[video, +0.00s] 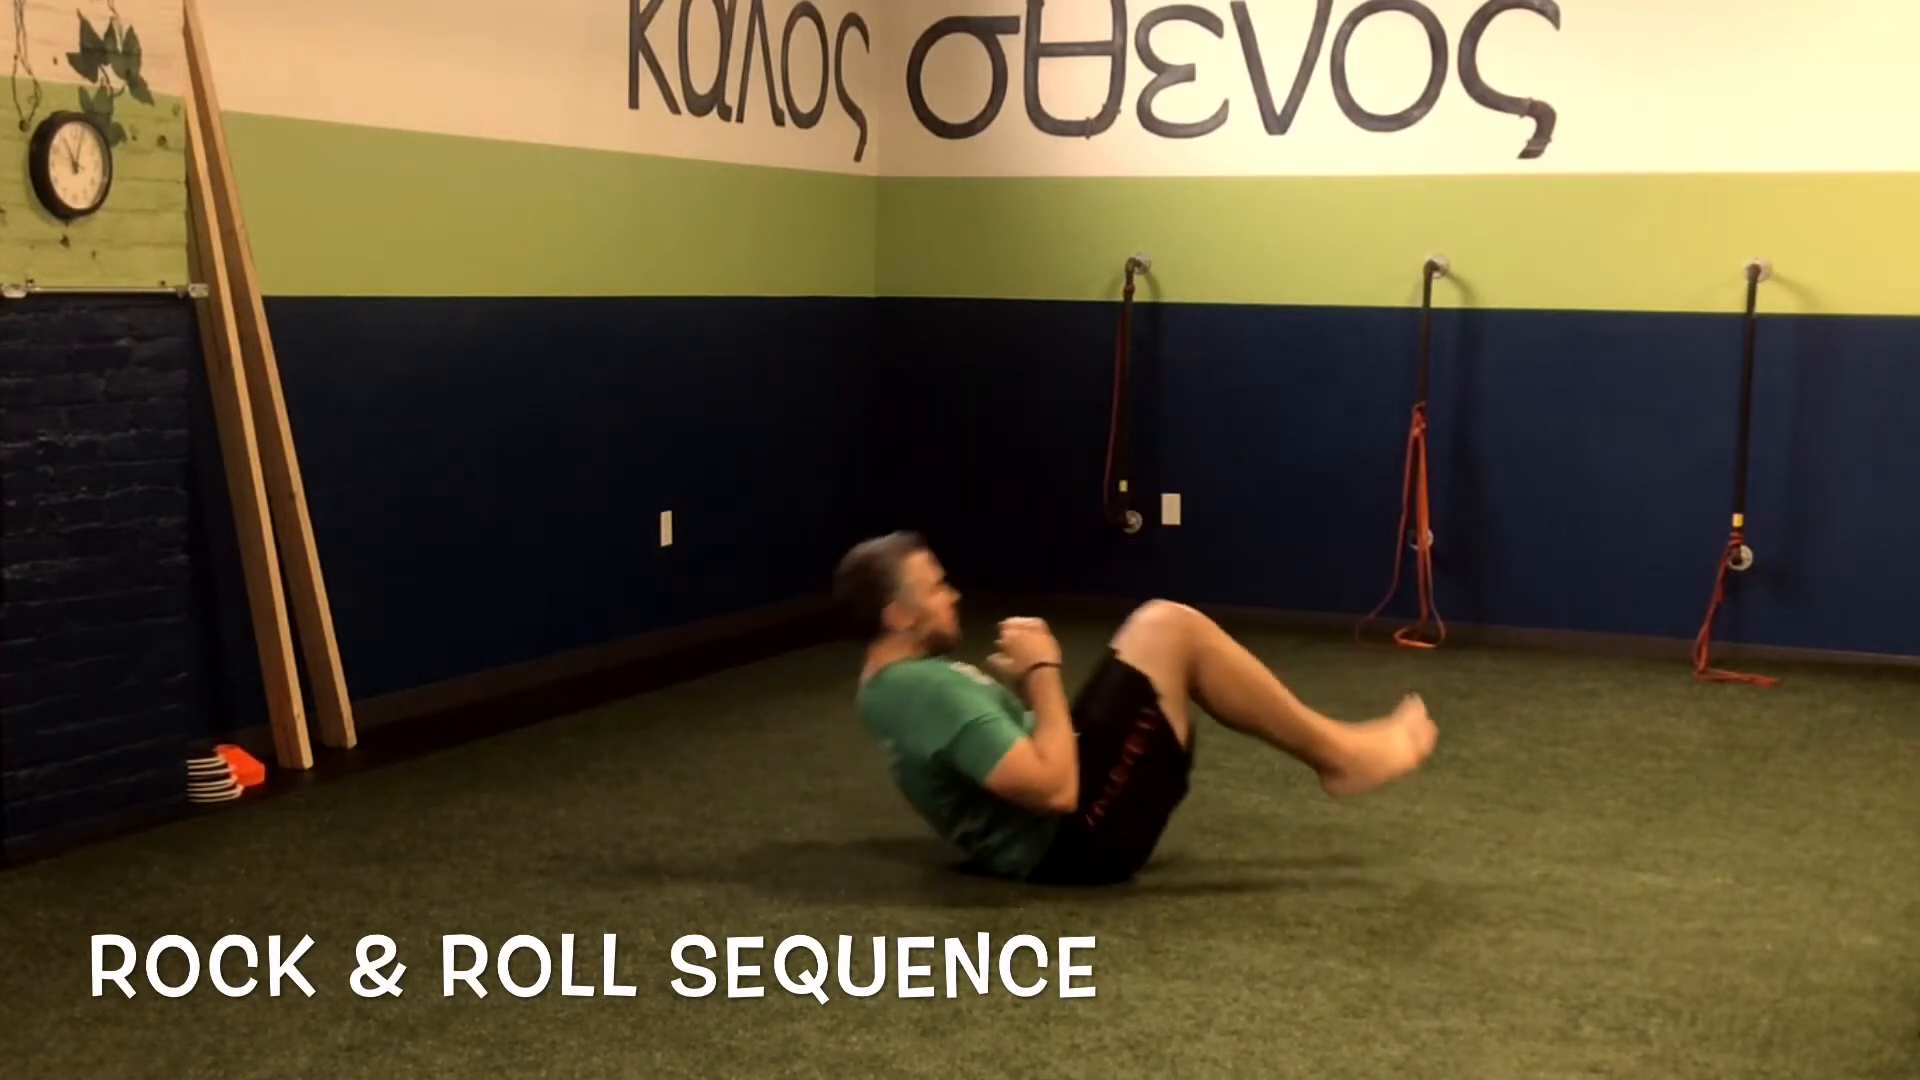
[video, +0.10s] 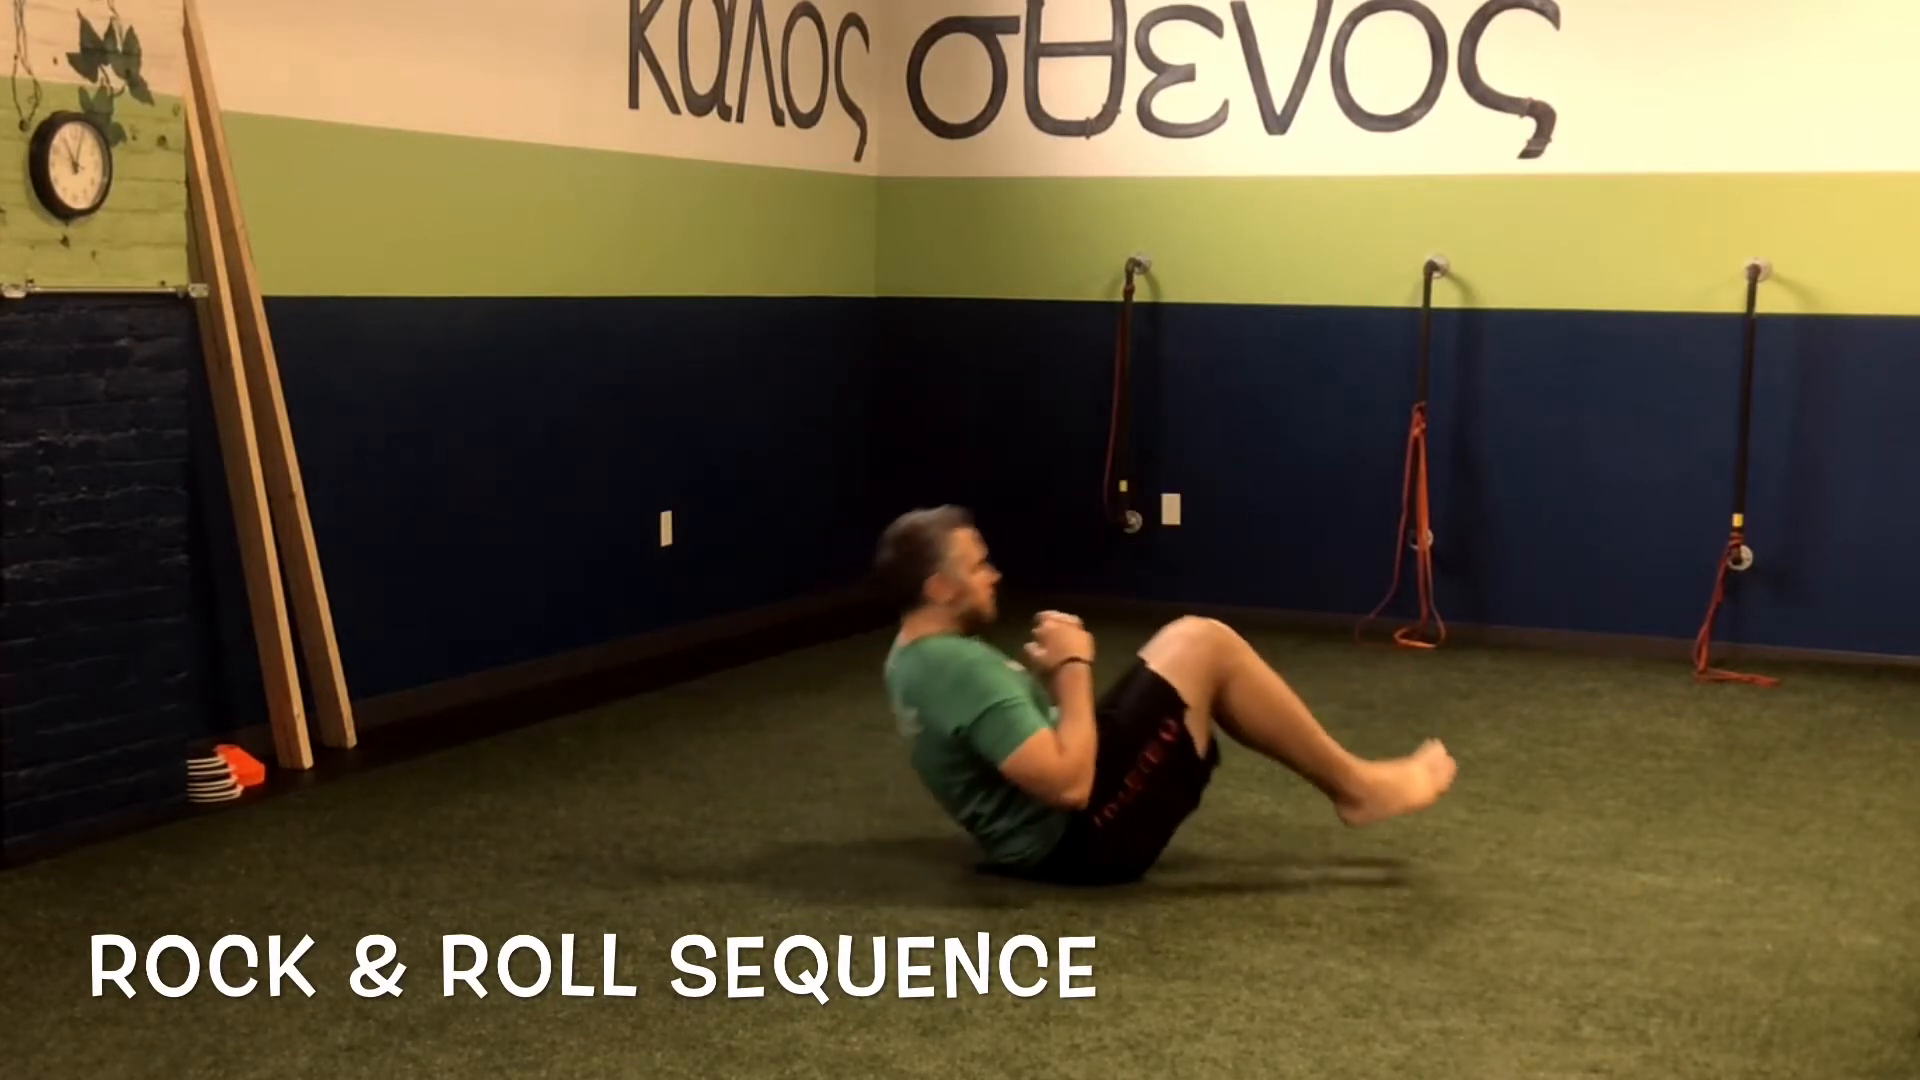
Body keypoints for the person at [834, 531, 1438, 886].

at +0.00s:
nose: (951, 591)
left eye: (940, 578)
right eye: (934, 584)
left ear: (894, 614)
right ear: (896, 615)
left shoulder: (899, 676)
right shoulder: (926, 692)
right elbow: (1056, 785)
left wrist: (1004, 682)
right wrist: (1044, 673)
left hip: (1050, 829)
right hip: (1077, 846)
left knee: (1159, 622)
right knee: (1169, 624)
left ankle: (1333, 749)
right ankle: (1342, 753)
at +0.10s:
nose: (991, 573)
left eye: (982, 558)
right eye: (976, 563)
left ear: (931, 586)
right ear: (939, 584)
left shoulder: (917, 657)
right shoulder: (959, 668)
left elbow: (1011, 748)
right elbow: (1071, 780)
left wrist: (1039, 676)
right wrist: (1075, 667)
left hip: (1049, 831)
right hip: (1083, 844)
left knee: (1191, 641)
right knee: (1204, 642)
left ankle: (1350, 784)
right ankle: (1359, 787)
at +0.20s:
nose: (1033, 562)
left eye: (1026, 547)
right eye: (1020, 550)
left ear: (971, 564)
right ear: (978, 565)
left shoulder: (943, 639)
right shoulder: (987, 651)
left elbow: (1045, 750)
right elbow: (1083, 777)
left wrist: (1072, 672)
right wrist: (1102, 665)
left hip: (1048, 830)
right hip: (1080, 843)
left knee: (1209, 653)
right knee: (1228, 656)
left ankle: (1360, 811)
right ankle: (1373, 815)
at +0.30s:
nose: (1074, 555)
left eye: (1071, 541)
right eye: (1063, 544)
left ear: (1011, 554)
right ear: (1020, 554)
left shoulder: (973, 621)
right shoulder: (1018, 640)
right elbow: (1097, 775)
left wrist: (1105, 666)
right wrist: (1128, 671)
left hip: (1048, 826)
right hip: (1084, 843)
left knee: (1225, 659)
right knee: (1251, 668)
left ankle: (1367, 829)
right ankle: (1379, 836)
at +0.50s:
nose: (1148, 552)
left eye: (1147, 537)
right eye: (1141, 537)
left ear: (1085, 538)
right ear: (1094, 538)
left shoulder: (1037, 601)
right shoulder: (1077, 627)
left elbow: (1102, 729)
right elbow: (1135, 772)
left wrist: (1150, 661)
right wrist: (1180, 673)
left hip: (1070, 820)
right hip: (1104, 841)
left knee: (1238, 660)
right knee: (1279, 678)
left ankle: (1380, 834)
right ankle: (1394, 848)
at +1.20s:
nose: (1073, 537)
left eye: (1066, 523)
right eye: (1059, 525)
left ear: (1011, 545)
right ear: (1017, 544)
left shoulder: (989, 616)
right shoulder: (1024, 633)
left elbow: (1083, 715)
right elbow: (1114, 766)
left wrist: (1109, 652)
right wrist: (1137, 659)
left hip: (1069, 816)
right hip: (1096, 841)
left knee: (1223, 651)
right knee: (1260, 671)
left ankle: (1364, 813)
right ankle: (1377, 839)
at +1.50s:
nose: (999, 553)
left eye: (989, 538)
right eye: (981, 545)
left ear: (947, 570)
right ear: (945, 572)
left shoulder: (946, 637)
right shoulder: (975, 657)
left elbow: (1058, 727)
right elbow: (1082, 774)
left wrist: (1067, 650)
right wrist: (1086, 660)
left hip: (1059, 823)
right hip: (1086, 844)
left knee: (1179, 629)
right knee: (1199, 638)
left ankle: (1356, 764)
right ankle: (1368, 769)